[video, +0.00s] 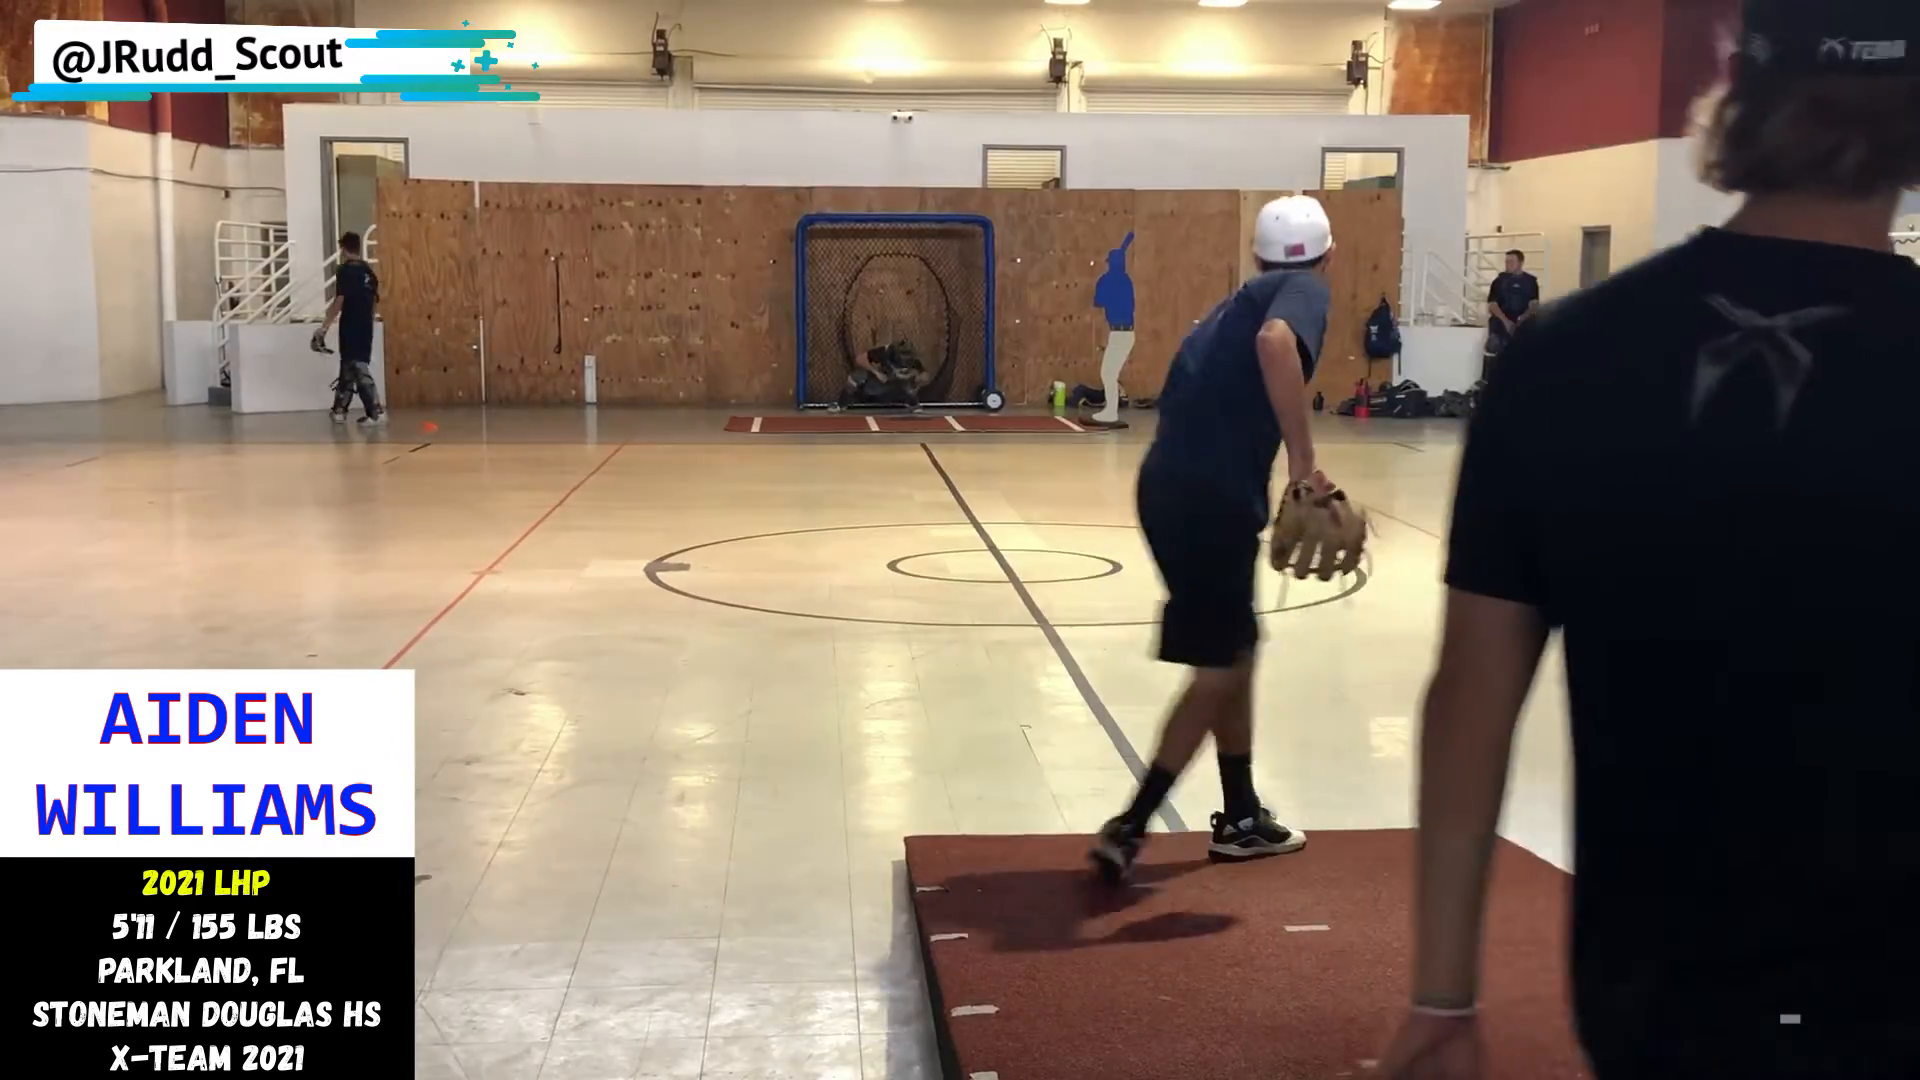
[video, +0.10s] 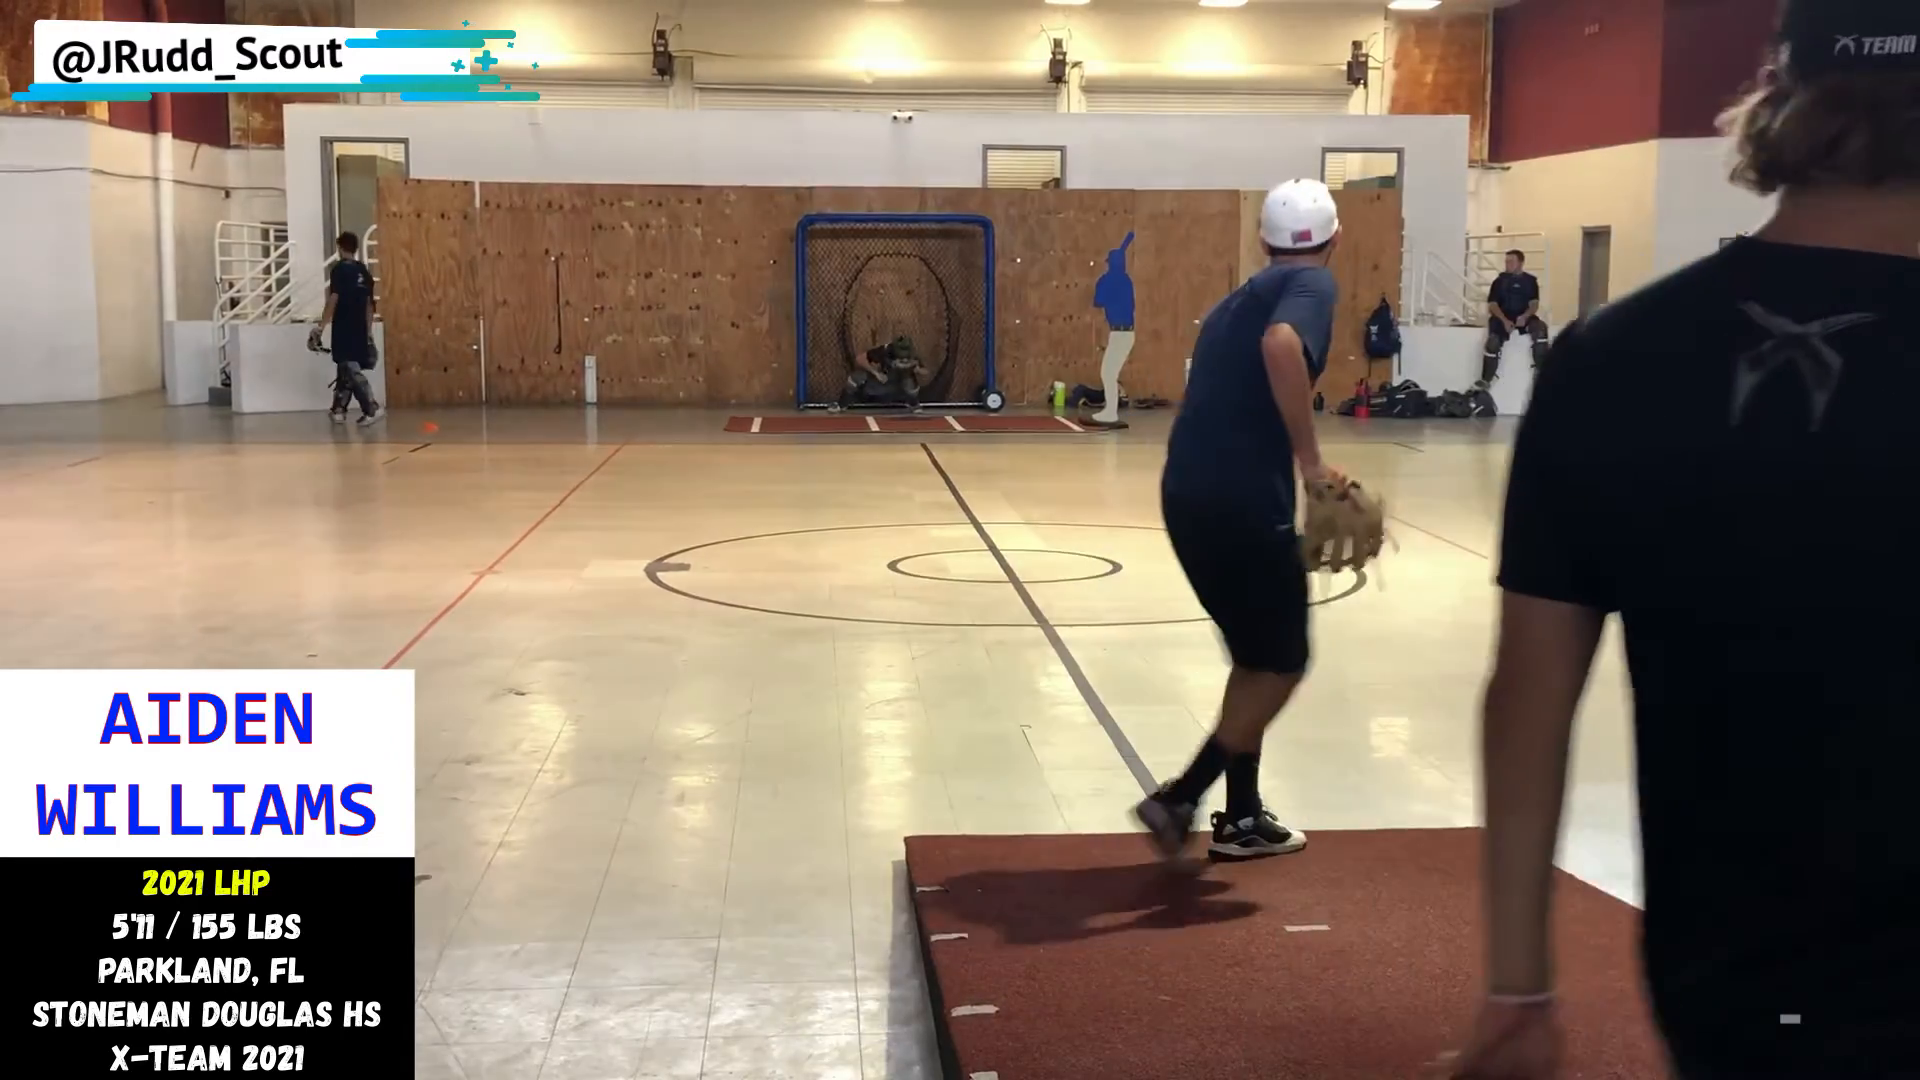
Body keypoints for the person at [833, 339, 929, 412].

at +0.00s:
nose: (905, 360)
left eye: (908, 357)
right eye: (902, 356)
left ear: (911, 354)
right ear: (895, 352)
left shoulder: (914, 362)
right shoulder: (886, 352)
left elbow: (925, 378)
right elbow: (860, 359)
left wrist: (915, 378)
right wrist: (876, 372)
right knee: (858, 376)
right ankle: (842, 405)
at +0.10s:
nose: (903, 362)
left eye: (906, 359)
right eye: (899, 359)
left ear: (910, 354)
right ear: (892, 353)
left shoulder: (913, 356)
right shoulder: (883, 351)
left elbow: (927, 375)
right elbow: (859, 359)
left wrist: (916, 369)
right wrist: (876, 374)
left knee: (909, 379)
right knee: (857, 377)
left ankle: (914, 404)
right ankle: (843, 405)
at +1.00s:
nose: (895, 335)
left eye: (897, 332)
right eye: (892, 332)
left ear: (902, 331)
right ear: (887, 332)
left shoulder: (911, 344)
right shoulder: (879, 346)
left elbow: (917, 367)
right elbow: (874, 368)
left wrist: (906, 373)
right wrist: (884, 375)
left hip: (904, 380)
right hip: (887, 380)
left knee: (921, 383)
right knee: (875, 386)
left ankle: (906, 402)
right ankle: (883, 405)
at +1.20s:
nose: (895, 335)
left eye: (898, 331)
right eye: (892, 331)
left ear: (903, 331)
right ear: (888, 332)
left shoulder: (911, 344)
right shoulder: (879, 345)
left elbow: (918, 366)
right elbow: (874, 368)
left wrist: (906, 373)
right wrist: (885, 375)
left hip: (905, 379)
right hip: (887, 380)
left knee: (922, 383)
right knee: (876, 385)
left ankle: (906, 402)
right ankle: (884, 405)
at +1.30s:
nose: (895, 333)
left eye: (898, 330)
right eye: (892, 330)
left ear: (902, 331)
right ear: (887, 331)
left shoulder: (910, 344)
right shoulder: (879, 345)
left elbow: (917, 367)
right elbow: (874, 368)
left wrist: (906, 373)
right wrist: (884, 375)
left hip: (904, 379)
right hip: (887, 380)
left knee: (921, 382)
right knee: (875, 385)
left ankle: (907, 403)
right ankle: (883, 405)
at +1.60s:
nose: (896, 335)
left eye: (898, 332)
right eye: (892, 332)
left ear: (902, 331)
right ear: (887, 332)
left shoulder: (911, 344)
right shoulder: (879, 345)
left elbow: (918, 367)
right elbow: (874, 368)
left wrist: (906, 373)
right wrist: (885, 375)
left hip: (904, 379)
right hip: (887, 379)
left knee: (921, 382)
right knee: (875, 386)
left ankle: (907, 403)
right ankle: (883, 405)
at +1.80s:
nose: (895, 334)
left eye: (897, 331)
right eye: (892, 331)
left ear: (902, 331)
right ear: (887, 331)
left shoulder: (910, 343)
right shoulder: (879, 345)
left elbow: (918, 367)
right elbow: (874, 368)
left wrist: (905, 373)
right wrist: (885, 375)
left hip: (904, 379)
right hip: (887, 380)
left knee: (921, 382)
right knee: (875, 385)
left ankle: (907, 403)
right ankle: (883, 405)